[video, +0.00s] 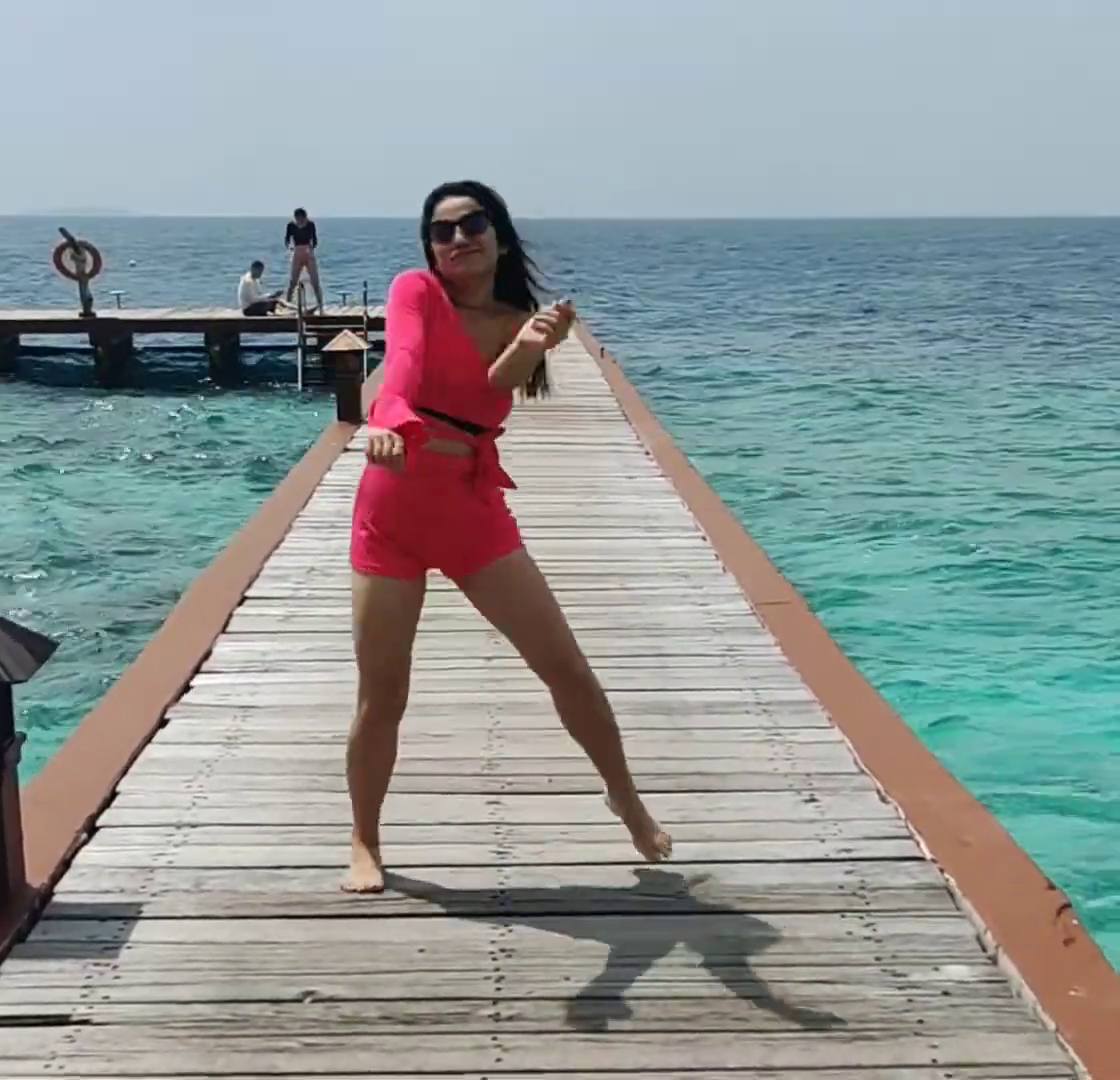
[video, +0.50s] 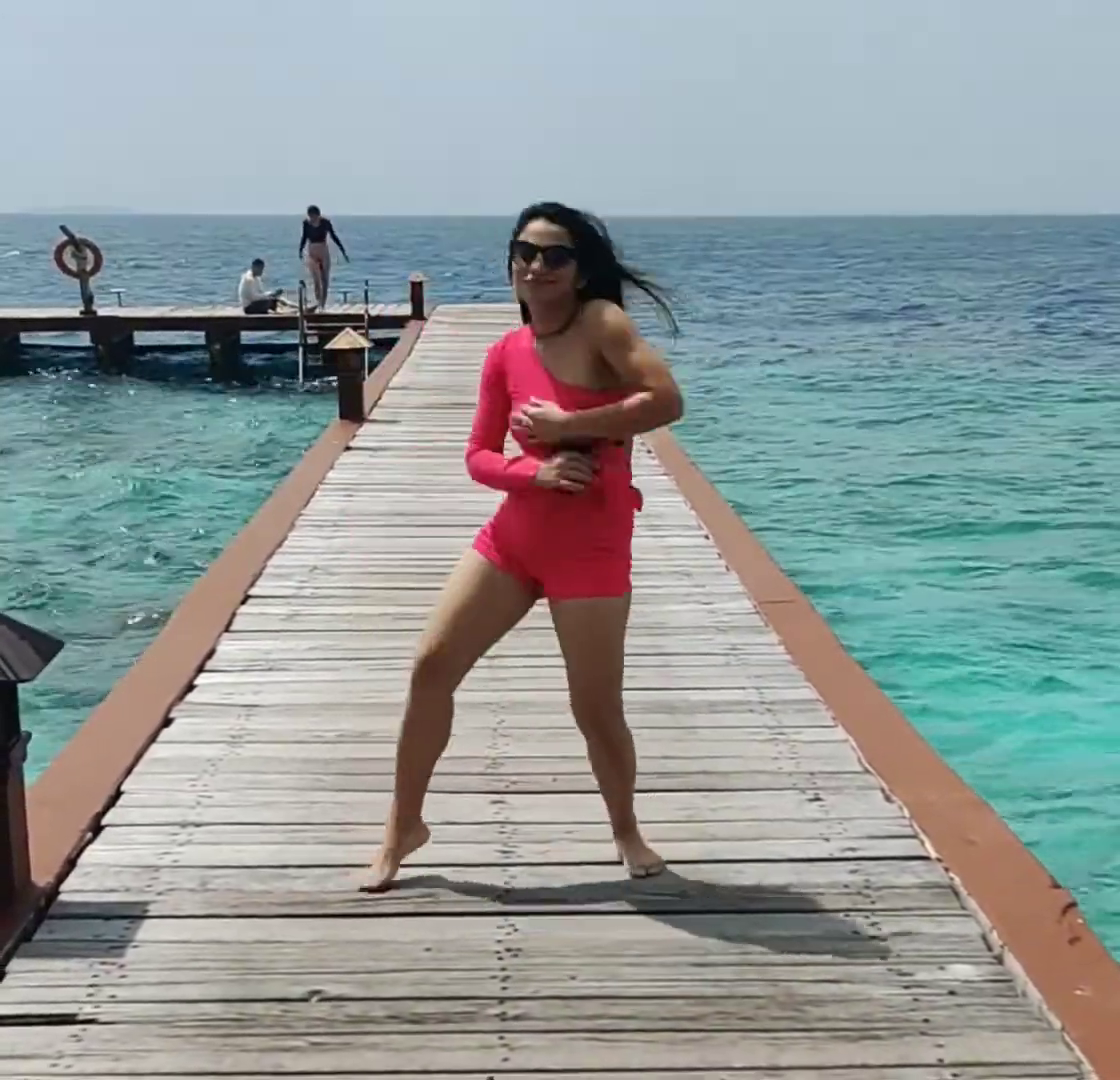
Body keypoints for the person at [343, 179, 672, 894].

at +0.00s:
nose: (458, 239)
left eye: (472, 225)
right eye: (443, 231)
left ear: (501, 235)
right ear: (430, 245)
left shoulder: (525, 320)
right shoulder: (416, 289)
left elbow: (500, 385)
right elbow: (403, 355)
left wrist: (526, 347)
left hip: (471, 508)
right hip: (392, 504)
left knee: (567, 668)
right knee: (382, 697)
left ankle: (627, 801)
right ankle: (364, 845)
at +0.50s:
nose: (538, 264)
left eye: (555, 254)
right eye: (525, 253)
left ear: (583, 265)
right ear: (511, 265)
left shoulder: (603, 324)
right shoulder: (507, 352)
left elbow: (667, 401)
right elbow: (480, 458)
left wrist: (571, 425)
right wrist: (535, 471)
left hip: (590, 545)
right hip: (515, 535)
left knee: (597, 710)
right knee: (431, 671)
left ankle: (626, 831)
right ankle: (405, 823)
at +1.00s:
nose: (503, 285)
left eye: (520, 277)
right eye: (491, 272)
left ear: (537, 288)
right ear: (470, 275)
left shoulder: (544, 371)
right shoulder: (425, 347)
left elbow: (553, 471)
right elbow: (386, 449)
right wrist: (346, 543)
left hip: (532, 537)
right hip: (449, 540)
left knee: (557, 680)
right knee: (462, 705)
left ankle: (583, 826)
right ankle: (440, 781)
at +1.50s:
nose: (381, 269)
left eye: (397, 258)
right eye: (369, 253)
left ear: (419, 258)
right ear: (353, 247)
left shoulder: (415, 317)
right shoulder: (339, 281)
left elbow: (450, 382)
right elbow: (321, 319)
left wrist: (497, 400)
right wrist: (302, 346)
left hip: (401, 495)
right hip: (332, 496)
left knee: (389, 631)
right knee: (378, 636)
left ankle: (361, 729)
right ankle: (361, 764)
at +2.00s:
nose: (408, 233)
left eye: (423, 220)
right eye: (395, 219)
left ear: (451, 213)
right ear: (381, 211)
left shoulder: (476, 260)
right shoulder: (361, 263)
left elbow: (556, 227)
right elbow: (265, 273)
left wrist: (515, 150)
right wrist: (171, 266)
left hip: (429, 447)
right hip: (359, 442)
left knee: (404, 593)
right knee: (435, 568)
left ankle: (388, 711)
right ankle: (485, 729)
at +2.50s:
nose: (525, 206)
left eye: (541, 197)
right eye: (513, 195)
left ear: (565, 211)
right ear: (497, 207)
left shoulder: (589, 281)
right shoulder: (487, 297)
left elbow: (616, 283)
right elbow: (395, 356)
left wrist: (604, 210)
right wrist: (295, 353)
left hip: (577, 467)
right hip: (500, 470)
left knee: (569, 587)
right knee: (540, 637)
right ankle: (575, 766)